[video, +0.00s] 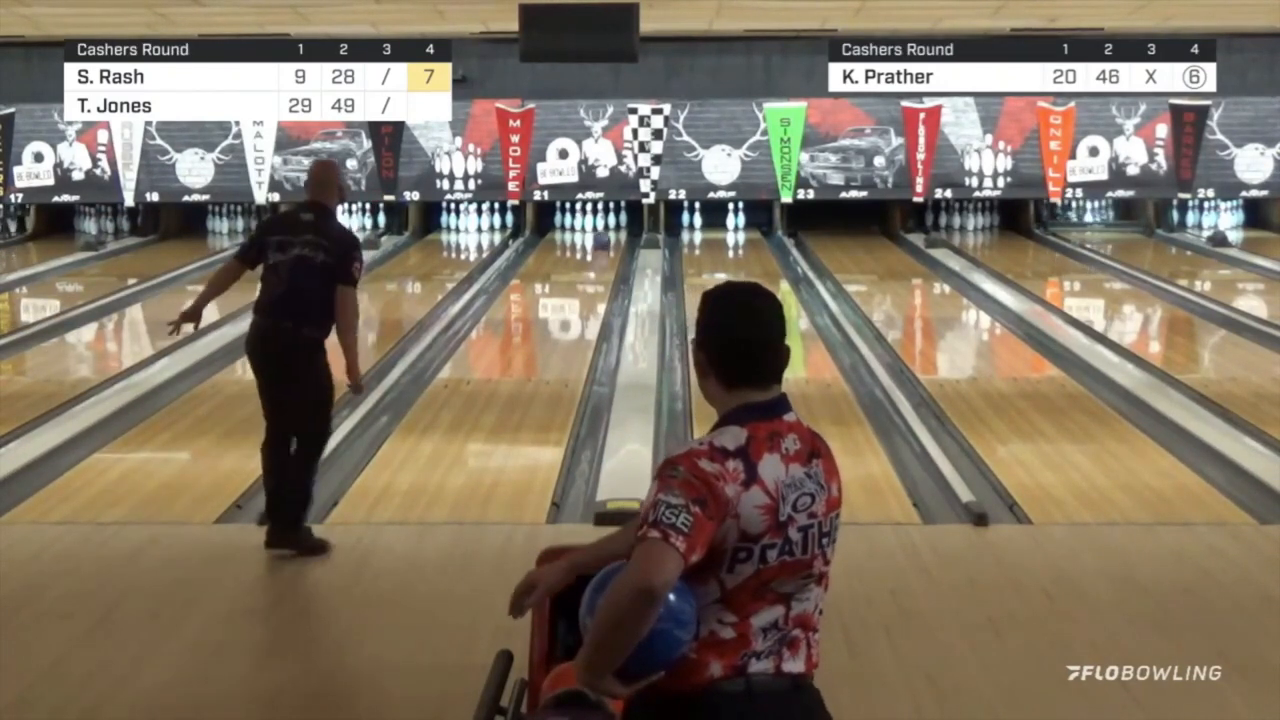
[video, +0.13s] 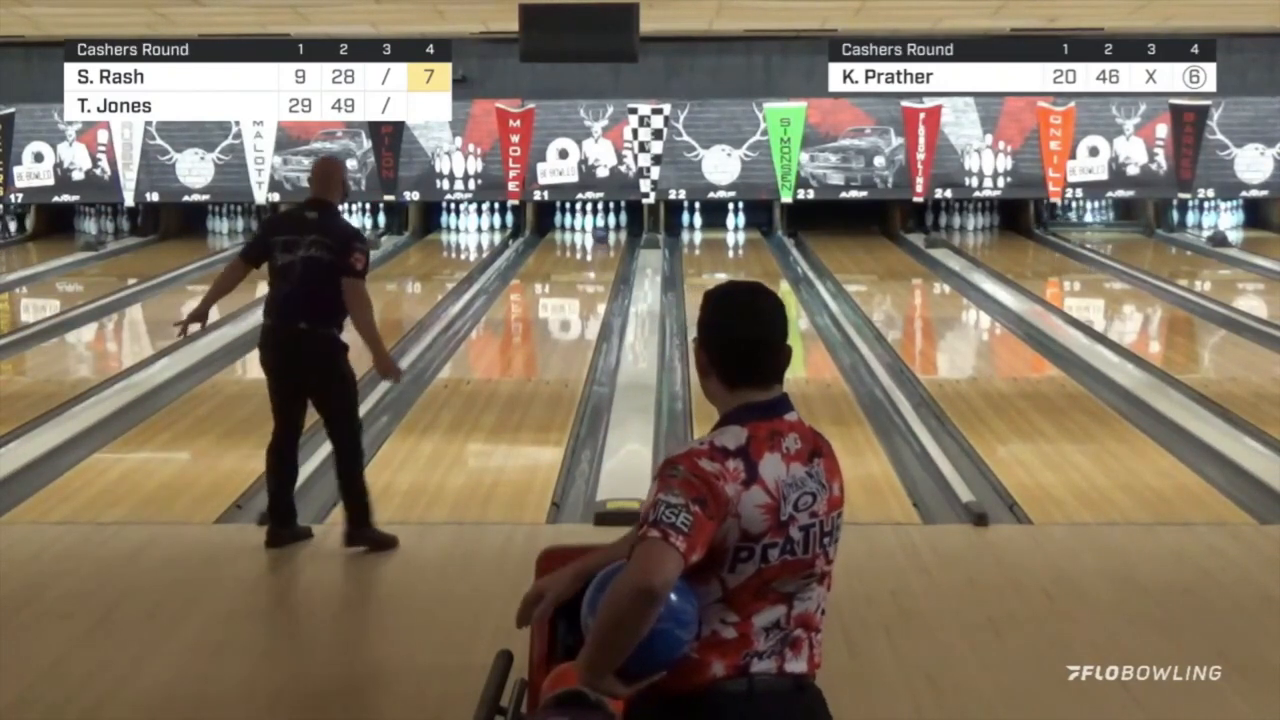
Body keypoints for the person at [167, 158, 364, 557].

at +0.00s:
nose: (345, 191)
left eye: (342, 184)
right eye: (342, 185)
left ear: (308, 187)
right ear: (335, 190)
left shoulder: (276, 222)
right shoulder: (343, 241)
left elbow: (235, 267)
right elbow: (346, 310)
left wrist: (197, 305)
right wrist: (352, 365)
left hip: (261, 340)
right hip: (304, 346)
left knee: (278, 428)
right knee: (314, 430)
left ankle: (278, 520)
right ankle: (290, 526)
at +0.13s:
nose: (346, 187)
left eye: (342, 179)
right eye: (345, 181)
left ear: (310, 184)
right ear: (341, 187)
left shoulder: (278, 223)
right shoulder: (348, 236)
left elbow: (238, 268)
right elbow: (353, 294)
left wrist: (204, 305)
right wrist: (379, 351)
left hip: (275, 343)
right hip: (321, 346)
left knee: (285, 430)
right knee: (346, 433)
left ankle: (281, 525)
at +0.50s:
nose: (354, 190)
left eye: (350, 183)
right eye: (354, 184)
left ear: (318, 184)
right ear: (351, 187)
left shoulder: (284, 231)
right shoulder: (362, 239)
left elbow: (270, 291)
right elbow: (389, 302)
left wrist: (269, 339)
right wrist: (423, 346)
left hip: (301, 351)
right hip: (350, 354)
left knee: (297, 436)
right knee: (362, 445)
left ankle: (282, 524)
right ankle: (373, 530)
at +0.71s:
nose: (342, 190)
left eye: (336, 182)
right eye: (342, 184)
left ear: (309, 183)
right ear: (340, 188)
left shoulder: (275, 232)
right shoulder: (354, 240)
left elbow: (265, 285)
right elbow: (370, 299)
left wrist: (289, 314)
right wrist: (374, 328)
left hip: (296, 348)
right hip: (346, 349)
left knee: (293, 436)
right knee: (359, 442)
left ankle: (281, 524)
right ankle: (373, 527)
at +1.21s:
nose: (320, 189)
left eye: (317, 182)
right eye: (318, 184)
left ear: (281, 187)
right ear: (313, 190)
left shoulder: (250, 231)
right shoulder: (329, 240)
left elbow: (227, 287)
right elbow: (344, 304)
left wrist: (215, 338)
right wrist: (328, 332)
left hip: (269, 349)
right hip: (318, 351)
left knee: (273, 436)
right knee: (339, 437)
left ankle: (280, 525)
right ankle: (344, 524)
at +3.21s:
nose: (319, 211)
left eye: (319, 204)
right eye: (316, 204)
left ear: (282, 200)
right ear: (303, 201)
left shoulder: (243, 233)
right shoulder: (311, 233)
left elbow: (234, 297)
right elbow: (327, 298)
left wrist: (241, 343)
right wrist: (342, 344)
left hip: (251, 345)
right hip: (291, 345)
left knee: (265, 430)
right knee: (297, 434)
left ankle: (277, 522)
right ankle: (290, 533)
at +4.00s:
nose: (318, 212)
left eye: (319, 204)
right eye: (314, 203)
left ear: (292, 201)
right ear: (295, 202)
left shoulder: (286, 246)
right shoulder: (268, 251)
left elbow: (291, 320)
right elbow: (265, 331)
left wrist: (310, 374)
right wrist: (289, 389)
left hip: (297, 370)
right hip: (267, 376)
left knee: (318, 448)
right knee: (282, 461)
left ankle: (318, 537)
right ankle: (282, 557)